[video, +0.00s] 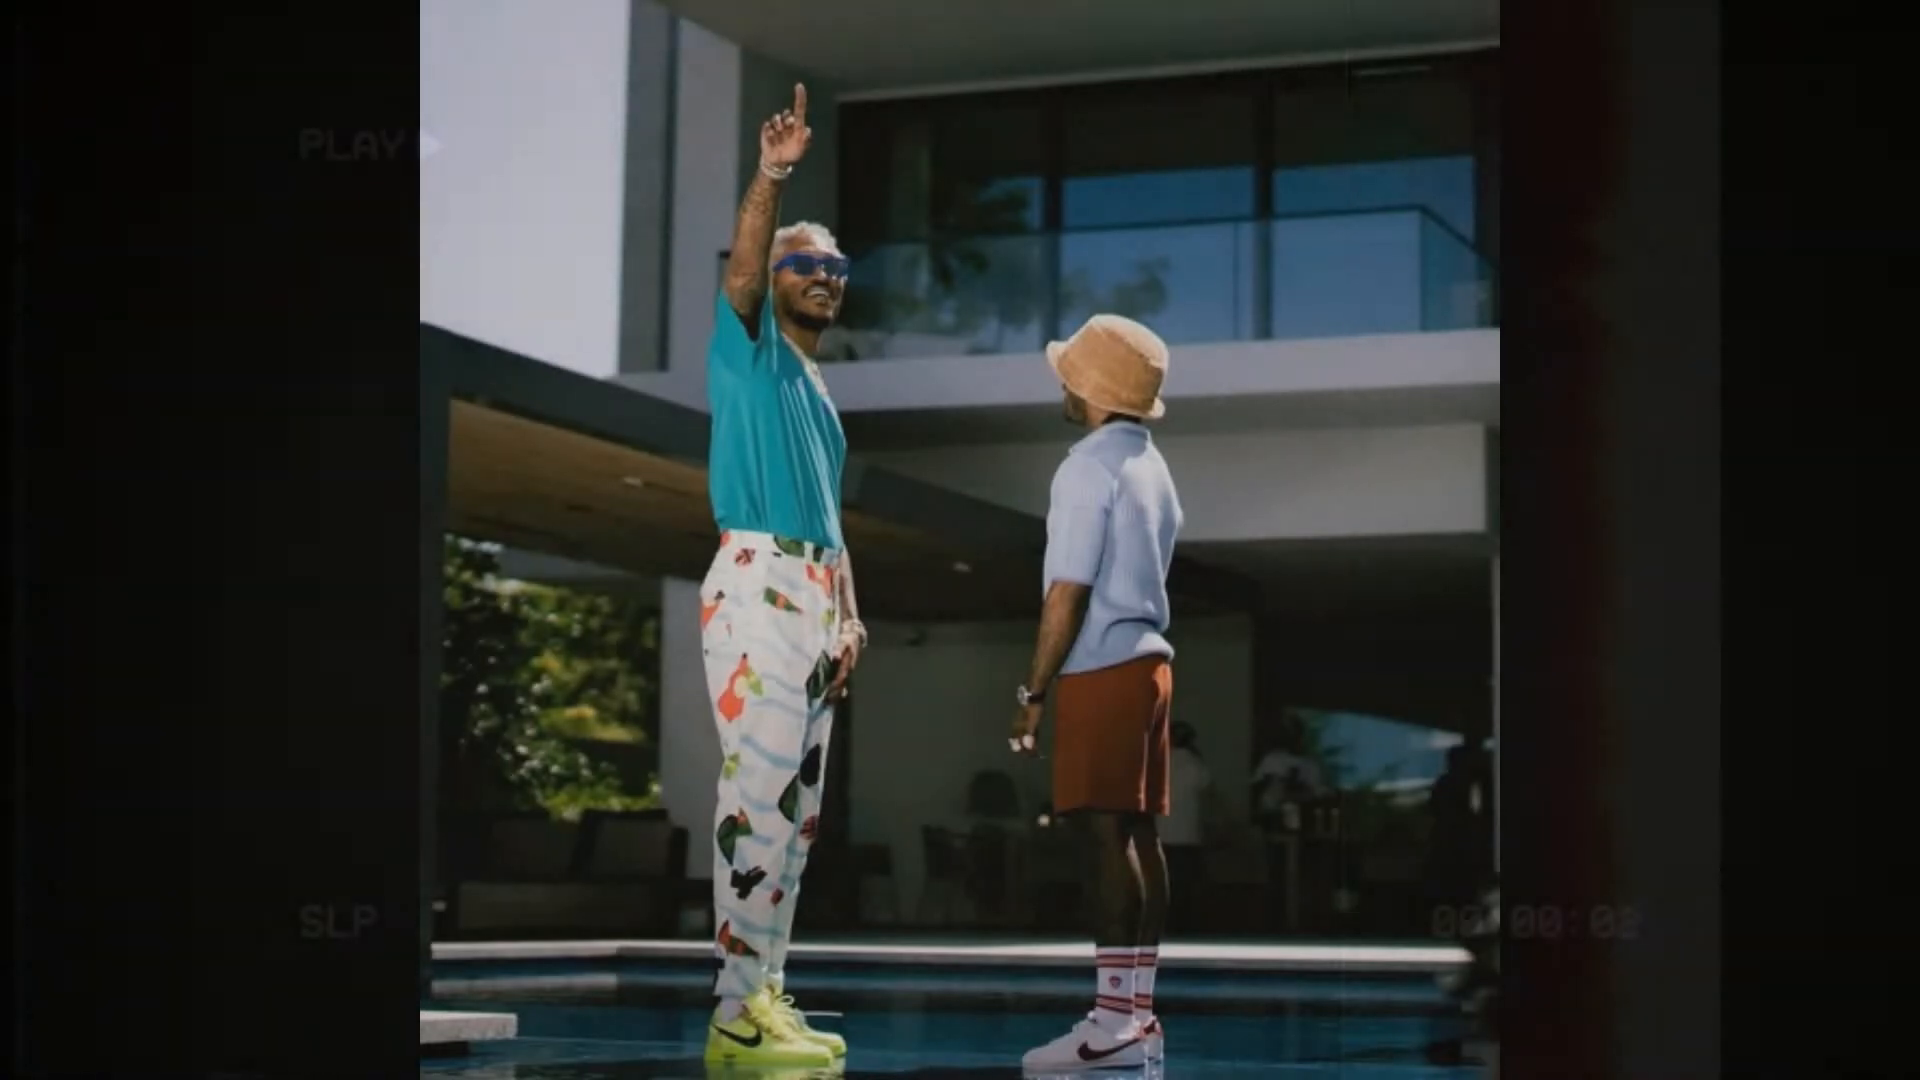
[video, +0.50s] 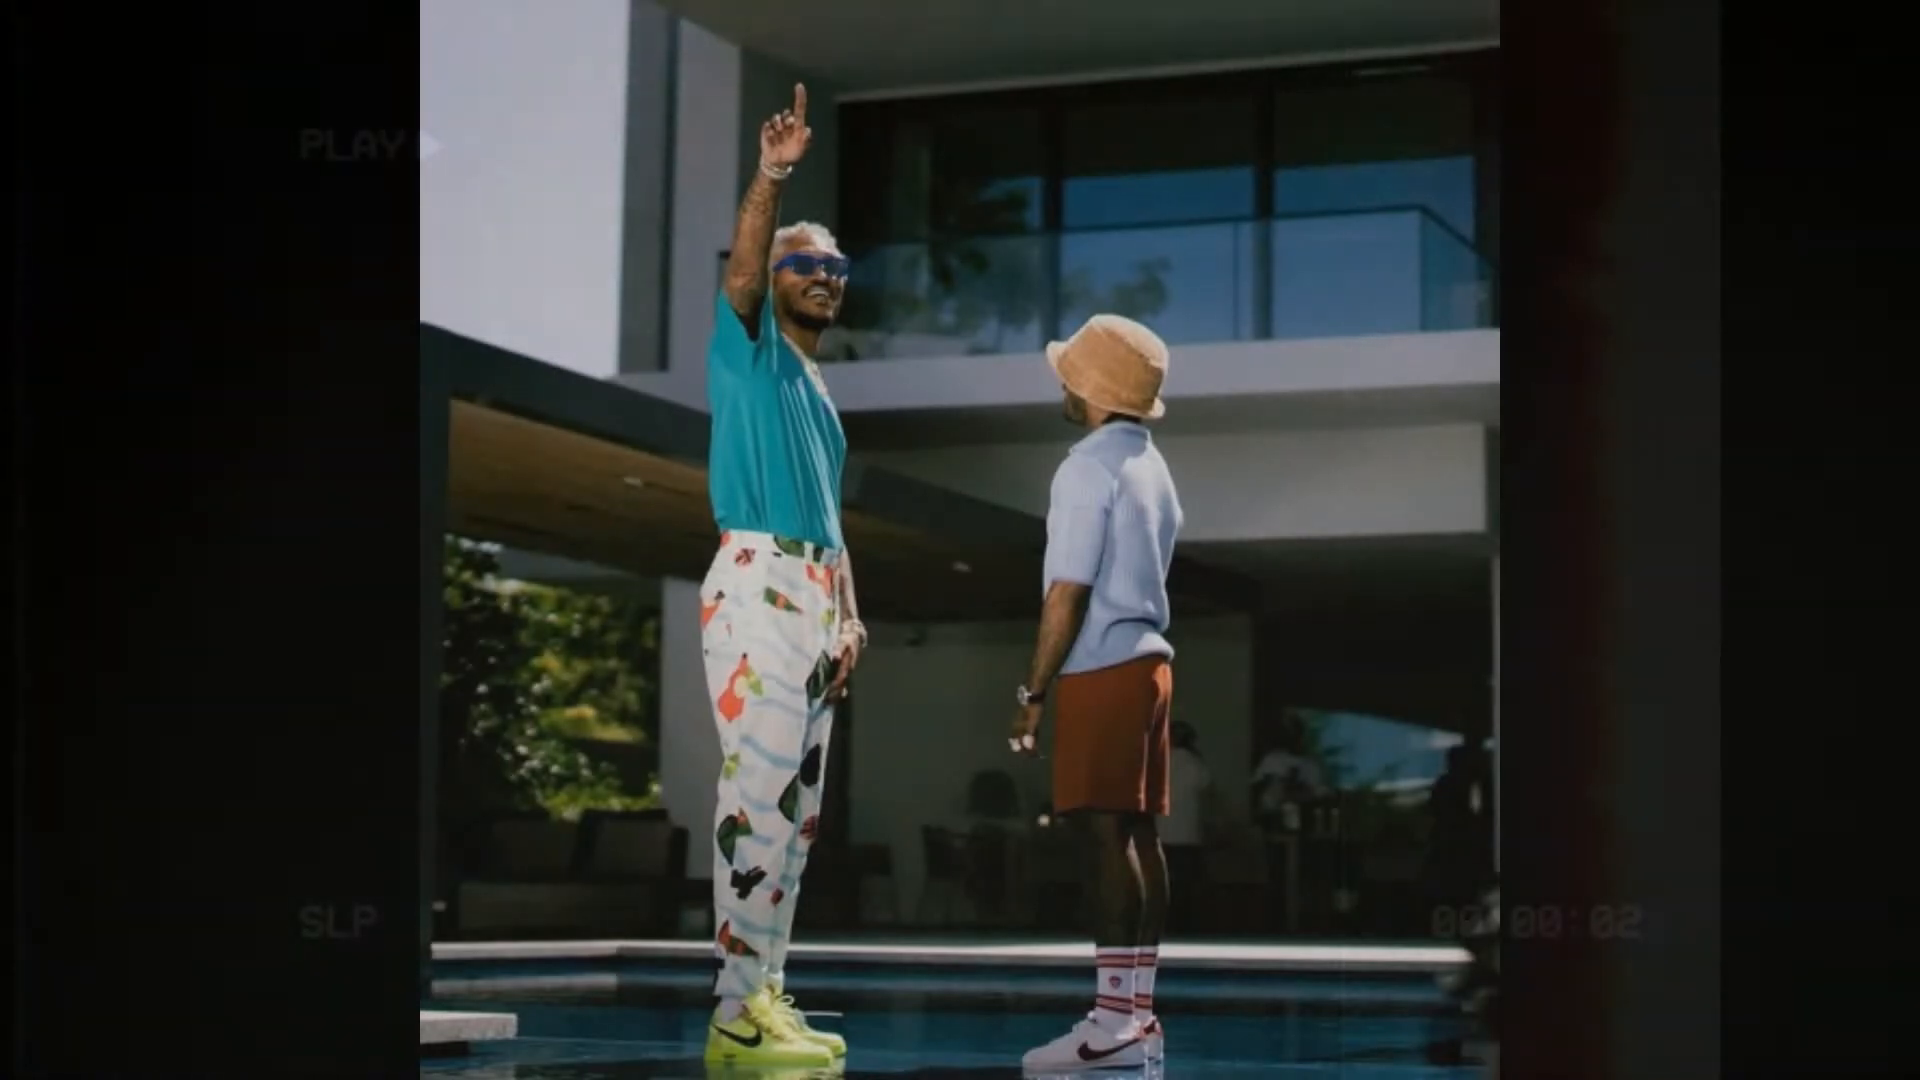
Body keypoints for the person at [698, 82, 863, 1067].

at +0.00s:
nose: (822, 281)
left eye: (833, 272)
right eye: (805, 267)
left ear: (842, 292)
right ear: (770, 279)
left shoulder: (819, 395)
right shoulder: (744, 344)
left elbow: (827, 521)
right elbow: (744, 266)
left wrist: (847, 613)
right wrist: (770, 173)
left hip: (813, 590)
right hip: (756, 582)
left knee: (793, 799)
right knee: (759, 793)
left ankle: (758, 1003)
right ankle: (746, 1006)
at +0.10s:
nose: (823, 281)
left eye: (834, 272)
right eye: (805, 267)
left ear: (842, 292)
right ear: (770, 279)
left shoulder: (818, 395)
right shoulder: (744, 344)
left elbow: (827, 520)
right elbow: (744, 267)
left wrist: (847, 612)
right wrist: (770, 172)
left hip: (813, 591)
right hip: (756, 583)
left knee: (793, 800)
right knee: (759, 794)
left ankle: (757, 1004)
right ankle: (747, 1006)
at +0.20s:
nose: (823, 282)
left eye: (834, 273)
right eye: (806, 268)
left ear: (841, 292)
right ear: (770, 278)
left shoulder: (818, 394)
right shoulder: (744, 344)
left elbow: (827, 520)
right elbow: (743, 268)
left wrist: (847, 612)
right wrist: (770, 173)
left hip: (813, 590)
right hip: (756, 583)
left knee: (793, 800)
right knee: (759, 794)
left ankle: (758, 1003)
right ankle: (746, 1006)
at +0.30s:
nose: (823, 283)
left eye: (834, 273)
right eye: (806, 268)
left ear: (841, 292)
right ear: (770, 278)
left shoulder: (818, 394)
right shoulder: (744, 344)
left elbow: (827, 520)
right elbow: (743, 268)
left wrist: (847, 612)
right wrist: (769, 173)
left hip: (813, 591)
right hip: (756, 583)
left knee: (793, 800)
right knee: (759, 794)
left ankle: (758, 1003)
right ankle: (746, 1006)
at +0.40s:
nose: (823, 281)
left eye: (834, 272)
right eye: (805, 267)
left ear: (842, 292)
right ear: (770, 278)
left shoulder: (818, 395)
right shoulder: (744, 344)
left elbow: (827, 520)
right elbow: (743, 268)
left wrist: (847, 612)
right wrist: (770, 173)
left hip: (813, 591)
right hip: (756, 583)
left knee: (793, 800)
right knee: (759, 794)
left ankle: (757, 1004)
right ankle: (747, 1006)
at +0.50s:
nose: (823, 283)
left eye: (834, 273)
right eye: (806, 268)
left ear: (842, 292)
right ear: (770, 278)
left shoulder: (818, 394)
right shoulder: (744, 343)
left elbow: (827, 520)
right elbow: (743, 268)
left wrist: (847, 612)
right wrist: (770, 174)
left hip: (813, 590)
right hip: (756, 582)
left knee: (793, 799)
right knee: (759, 793)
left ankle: (758, 1003)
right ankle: (746, 1006)